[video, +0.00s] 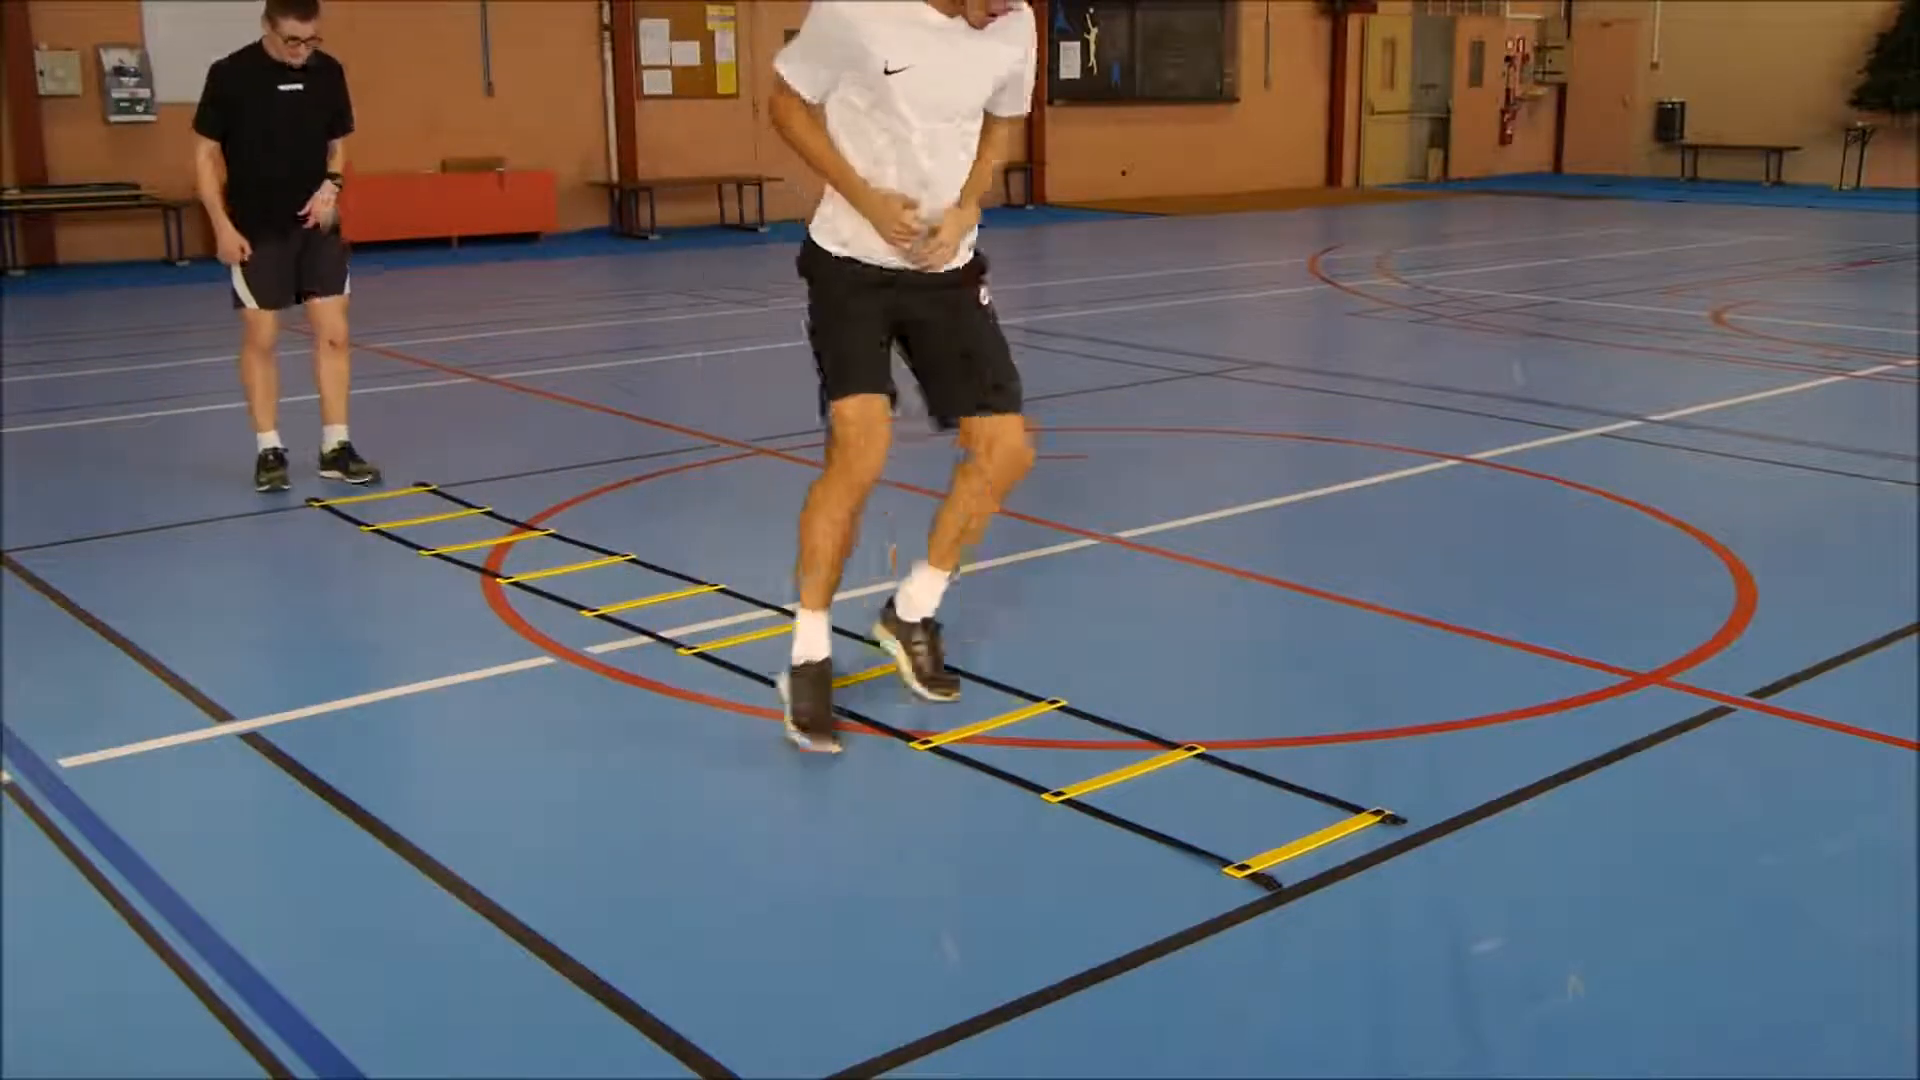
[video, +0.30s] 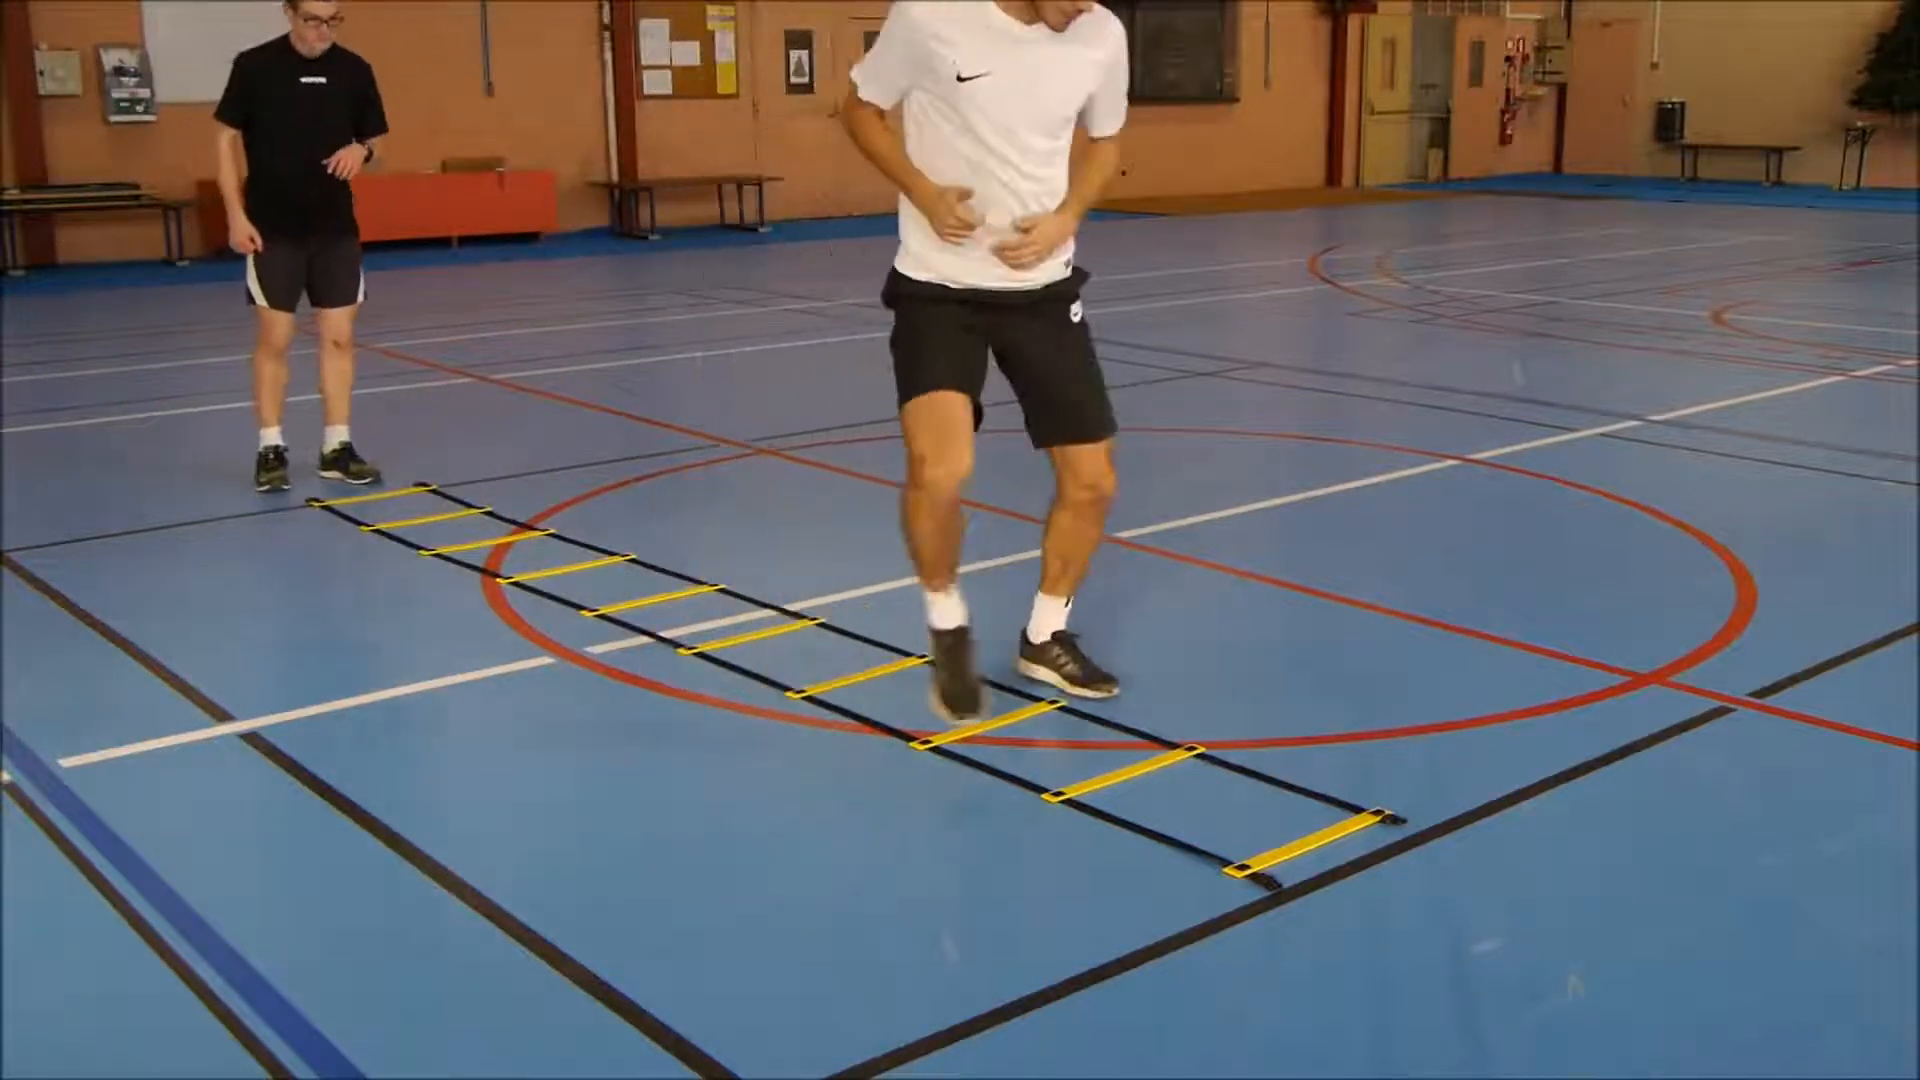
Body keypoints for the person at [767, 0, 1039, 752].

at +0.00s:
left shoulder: (1015, 27)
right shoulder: (853, 14)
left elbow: (1002, 123)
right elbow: (785, 103)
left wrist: (968, 205)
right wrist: (864, 196)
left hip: (947, 270)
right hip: (849, 263)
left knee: (1005, 448)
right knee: (860, 446)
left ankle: (913, 609)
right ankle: (810, 652)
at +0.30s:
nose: (1082, 5)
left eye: (1088, 0)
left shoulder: (1101, 36)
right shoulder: (927, 19)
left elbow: (1103, 144)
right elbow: (860, 108)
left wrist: (1068, 215)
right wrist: (922, 190)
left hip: (1042, 289)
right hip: (937, 284)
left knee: (1091, 482)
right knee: (938, 472)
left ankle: (1044, 636)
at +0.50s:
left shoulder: (1148, 15)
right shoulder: (978, 9)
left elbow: (1134, 119)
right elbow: (888, 84)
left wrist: (1100, 205)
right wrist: (968, 176)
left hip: (1072, 269)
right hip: (970, 269)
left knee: (1147, 456)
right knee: (1018, 481)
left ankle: (1046, 616)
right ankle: (1006, 665)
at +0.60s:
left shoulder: (1171, 16)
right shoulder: (989, 7)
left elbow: (1155, 126)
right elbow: (914, 88)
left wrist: (1113, 209)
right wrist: (990, 181)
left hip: (1082, 269)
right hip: (978, 266)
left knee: (1119, 479)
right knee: (1016, 478)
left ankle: (1038, 657)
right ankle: (986, 656)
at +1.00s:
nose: (1266, 3)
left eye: (1276, 2)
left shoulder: (1293, 22)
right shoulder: (1106, 13)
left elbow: (1277, 133)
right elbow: (1026, 113)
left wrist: (1235, 220)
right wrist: (1094, 217)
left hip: (1209, 300)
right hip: (1096, 295)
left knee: (1261, 500)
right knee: (1085, 500)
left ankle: (1218, 675)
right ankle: (1050, 674)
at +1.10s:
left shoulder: (1331, 16)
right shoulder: (1144, 8)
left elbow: (1310, 130)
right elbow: (1064, 105)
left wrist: (1270, 236)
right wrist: (1143, 226)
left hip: (1243, 292)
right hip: (1130, 291)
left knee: (1301, 494)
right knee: (1164, 526)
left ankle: (1232, 661)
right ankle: (1155, 726)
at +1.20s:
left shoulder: (1347, 12)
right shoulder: (1161, 8)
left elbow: (1325, 123)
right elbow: (1076, 96)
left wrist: (1293, 212)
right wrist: (1152, 223)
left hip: (1265, 289)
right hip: (1153, 292)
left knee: (1335, 486)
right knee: (1183, 533)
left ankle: (1219, 655)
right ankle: (1157, 725)